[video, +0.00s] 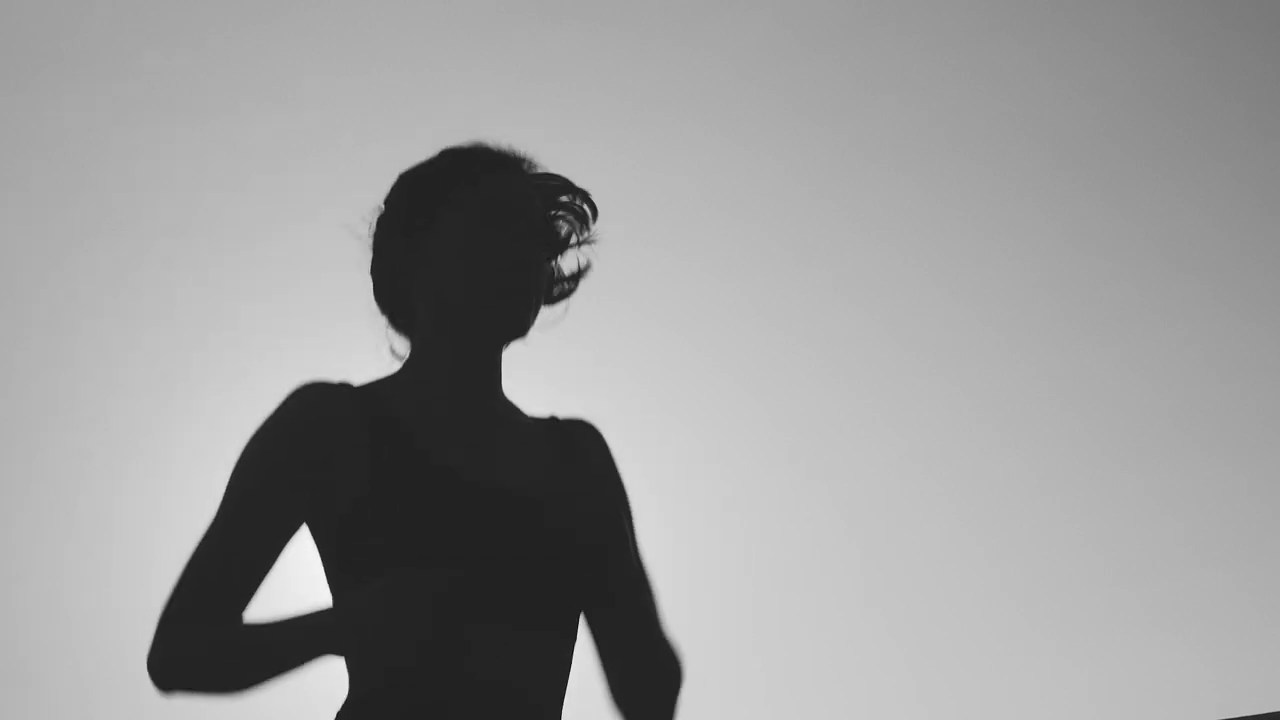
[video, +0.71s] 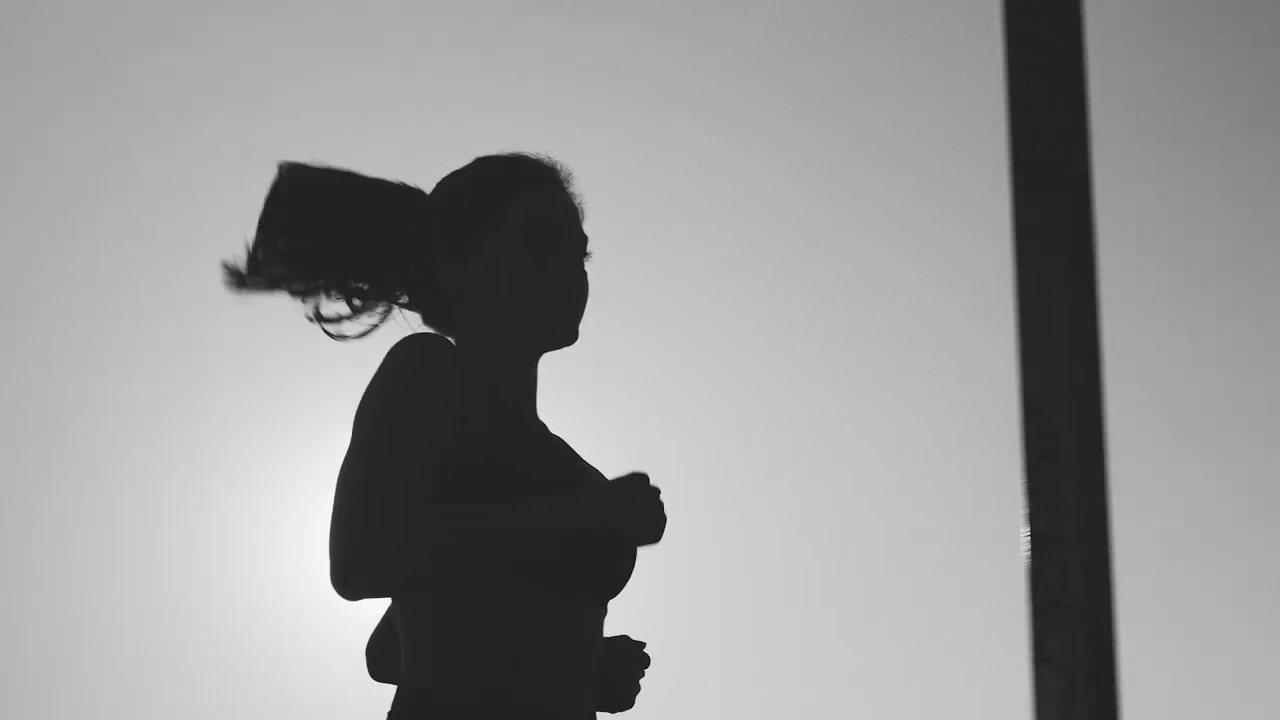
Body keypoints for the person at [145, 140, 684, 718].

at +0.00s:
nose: (521, 269)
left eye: (532, 247)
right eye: (488, 242)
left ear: (547, 276)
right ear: (416, 266)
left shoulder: (573, 455)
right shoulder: (322, 425)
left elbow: (648, 688)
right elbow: (179, 656)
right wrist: (346, 625)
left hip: (523, 708)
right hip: (376, 712)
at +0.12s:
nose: (527, 299)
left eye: (538, 279)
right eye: (495, 273)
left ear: (548, 309)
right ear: (417, 297)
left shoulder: (569, 491)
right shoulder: (331, 462)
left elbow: (573, 698)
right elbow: (209, 693)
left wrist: (614, 660)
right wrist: (389, 680)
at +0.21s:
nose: (528, 314)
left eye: (538, 295)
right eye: (496, 289)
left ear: (547, 318)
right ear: (418, 310)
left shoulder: (561, 503)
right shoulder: (339, 469)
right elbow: (244, 697)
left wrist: (623, 691)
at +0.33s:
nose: (545, 314)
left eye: (551, 292)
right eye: (518, 285)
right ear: (444, 297)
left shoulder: (549, 498)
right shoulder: (356, 450)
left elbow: (522, 695)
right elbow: (300, 683)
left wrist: (589, 708)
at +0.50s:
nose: (563, 292)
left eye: (563, 268)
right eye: (540, 264)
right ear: (463, 273)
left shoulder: (540, 472)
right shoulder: (390, 405)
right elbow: (346, 609)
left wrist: (577, 697)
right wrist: (574, 529)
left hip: (531, 708)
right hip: (423, 705)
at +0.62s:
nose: (575, 276)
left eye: (574, 254)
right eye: (552, 250)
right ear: (473, 261)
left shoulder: (539, 456)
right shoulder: (414, 369)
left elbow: (385, 653)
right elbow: (360, 566)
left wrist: (577, 670)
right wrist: (581, 508)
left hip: (536, 707)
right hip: (441, 703)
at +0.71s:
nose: (582, 272)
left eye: (580, 251)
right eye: (556, 247)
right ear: (478, 263)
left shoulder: (555, 460)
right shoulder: (425, 369)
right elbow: (360, 557)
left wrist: (586, 666)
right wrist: (583, 517)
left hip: (547, 706)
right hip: (449, 700)